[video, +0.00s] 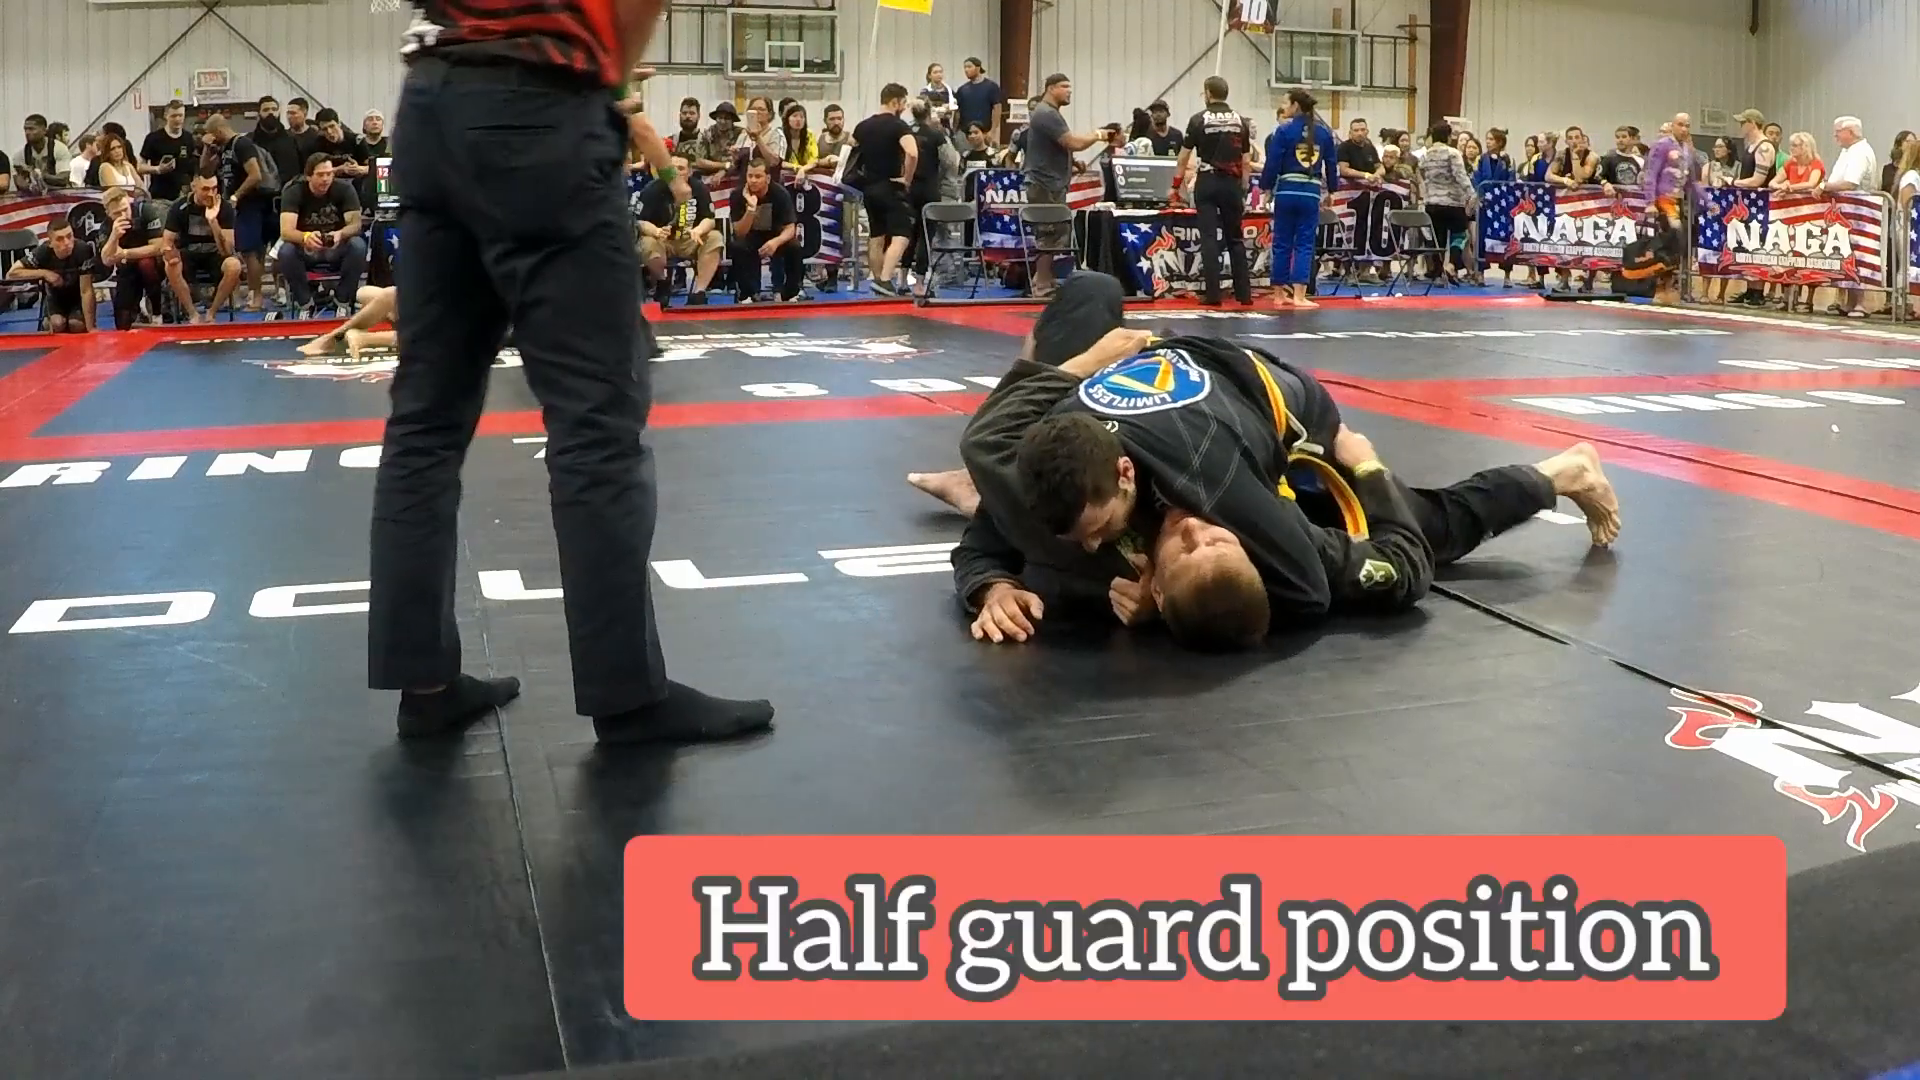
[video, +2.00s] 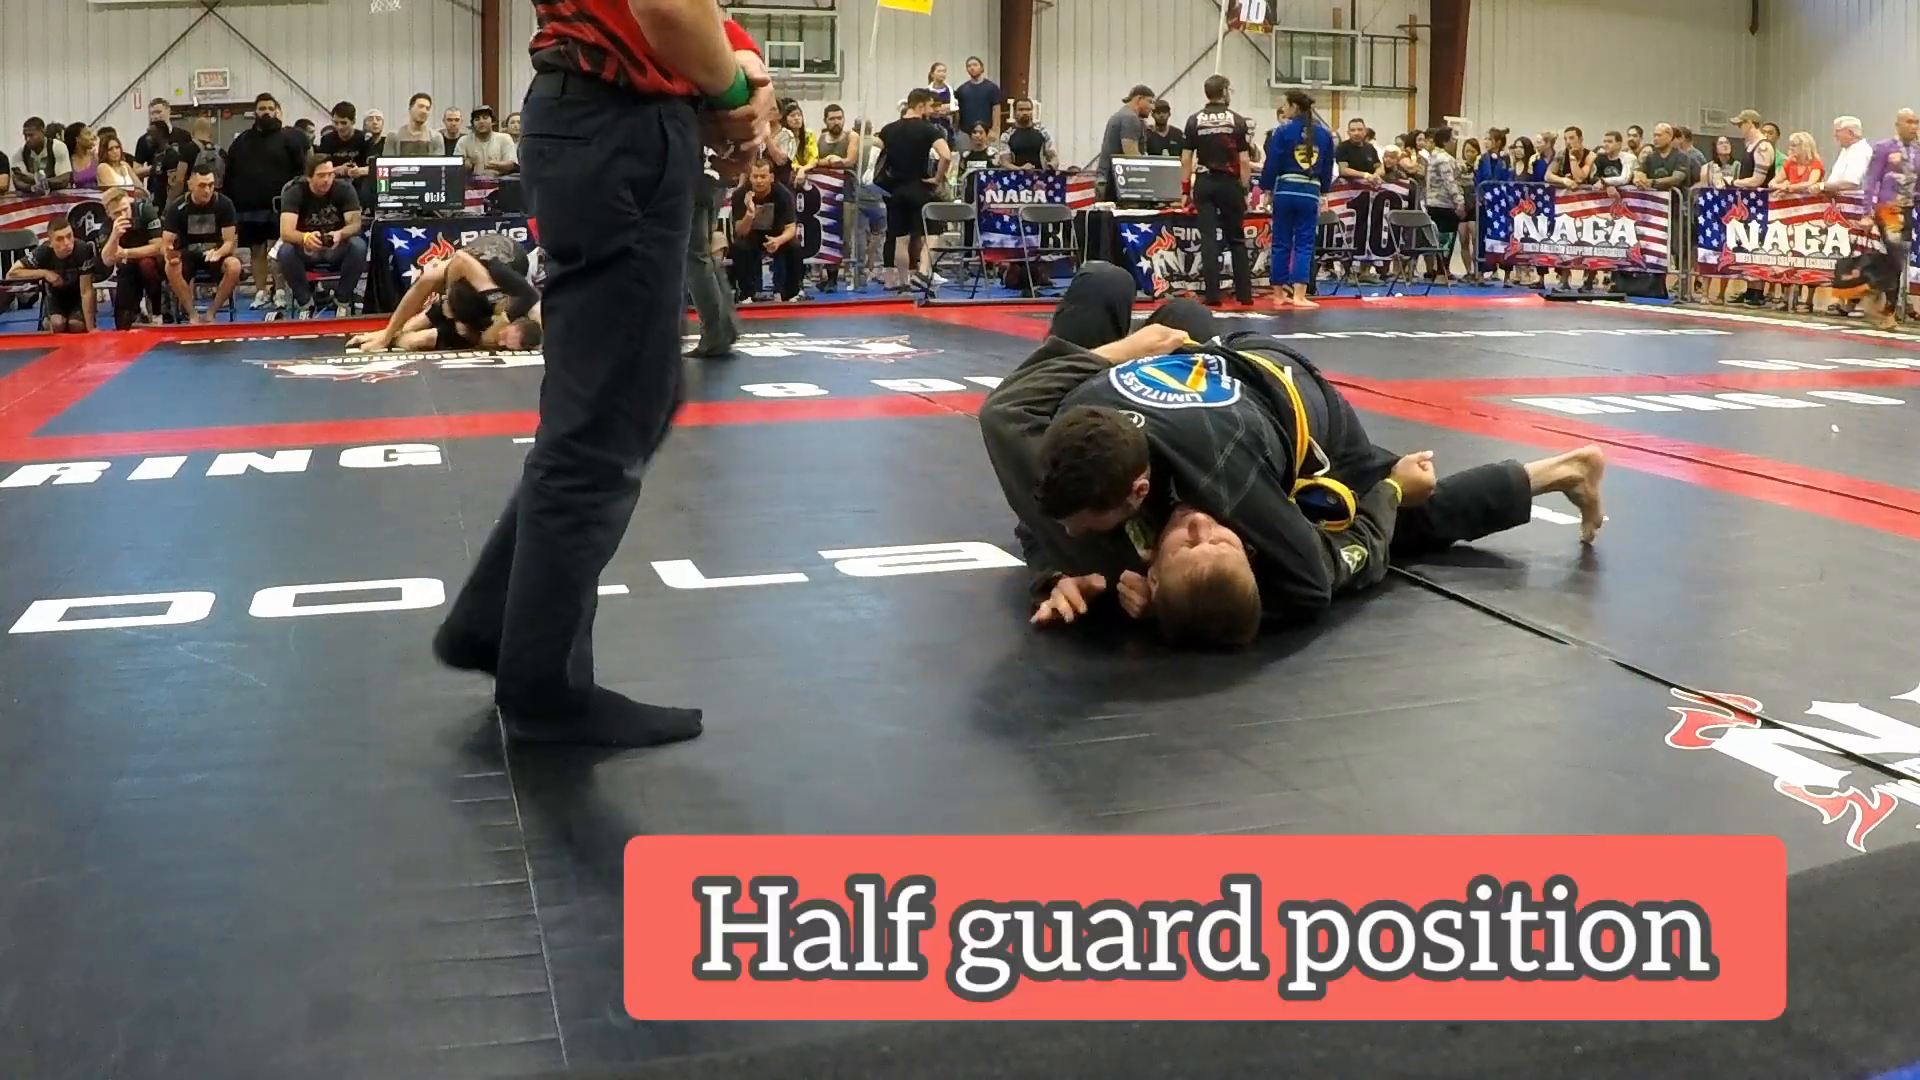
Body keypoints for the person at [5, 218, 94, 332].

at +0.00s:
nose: (67, 243)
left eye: (69, 237)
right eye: (60, 239)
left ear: (73, 235)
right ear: (50, 241)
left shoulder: (83, 249)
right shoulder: (43, 251)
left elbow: (86, 291)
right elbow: (12, 273)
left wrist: (91, 328)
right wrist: (44, 273)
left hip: (77, 293)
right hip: (55, 293)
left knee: (77, 325)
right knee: (58, 323)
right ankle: (46, 324)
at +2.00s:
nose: (67, 243)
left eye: (69, 237)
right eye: (60, 239)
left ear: (73, 234)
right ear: (50, 241)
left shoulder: (83, 250)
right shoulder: (44, 251)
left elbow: (86, 291)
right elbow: (12, 273)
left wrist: (91, 328)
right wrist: (44, 273)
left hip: (78, 291)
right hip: (55, 292)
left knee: (76, 324)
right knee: (58, 323)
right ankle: (46, 323)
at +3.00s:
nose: (67, 243)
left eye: (69, 237)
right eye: (60, 239)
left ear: (73, 235)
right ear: (50, 241)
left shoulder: (83, 250)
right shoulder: (44, 251)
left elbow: (86, 291)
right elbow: (12, 274)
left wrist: (91, 327)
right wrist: (44, 273)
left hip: (78, 293)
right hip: (55, 294)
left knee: (76, 324)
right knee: (58, 323)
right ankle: (46, 323)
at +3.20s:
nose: (67, 243)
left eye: (69, 237)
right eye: (60, 239)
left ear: (73, 235)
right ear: (50, 241)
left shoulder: (83, 250)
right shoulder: (44, 251)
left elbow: (86, 290)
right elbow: (12, 274)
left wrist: (91, 328)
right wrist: (44, 273)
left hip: (78, 293)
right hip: (55, 293)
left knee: (76, 324)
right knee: (58, 323)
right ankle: (46, 323)